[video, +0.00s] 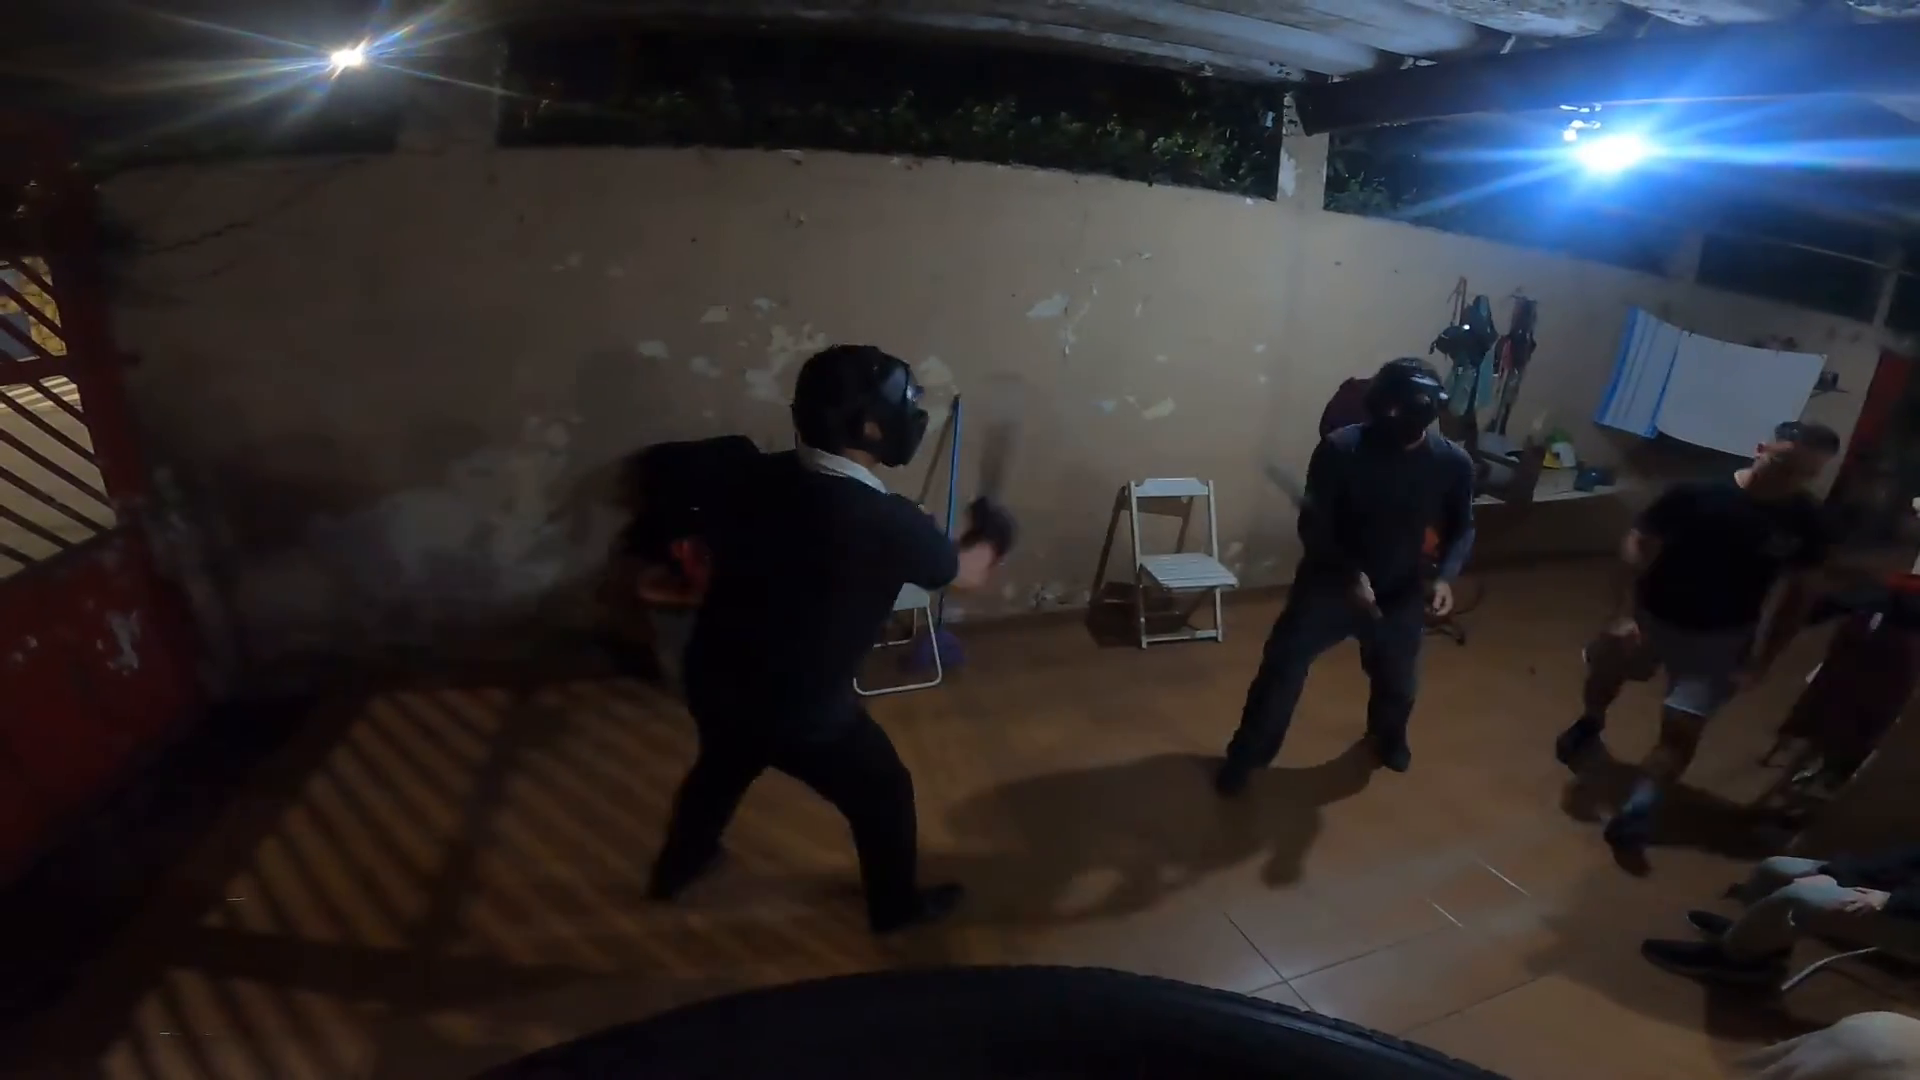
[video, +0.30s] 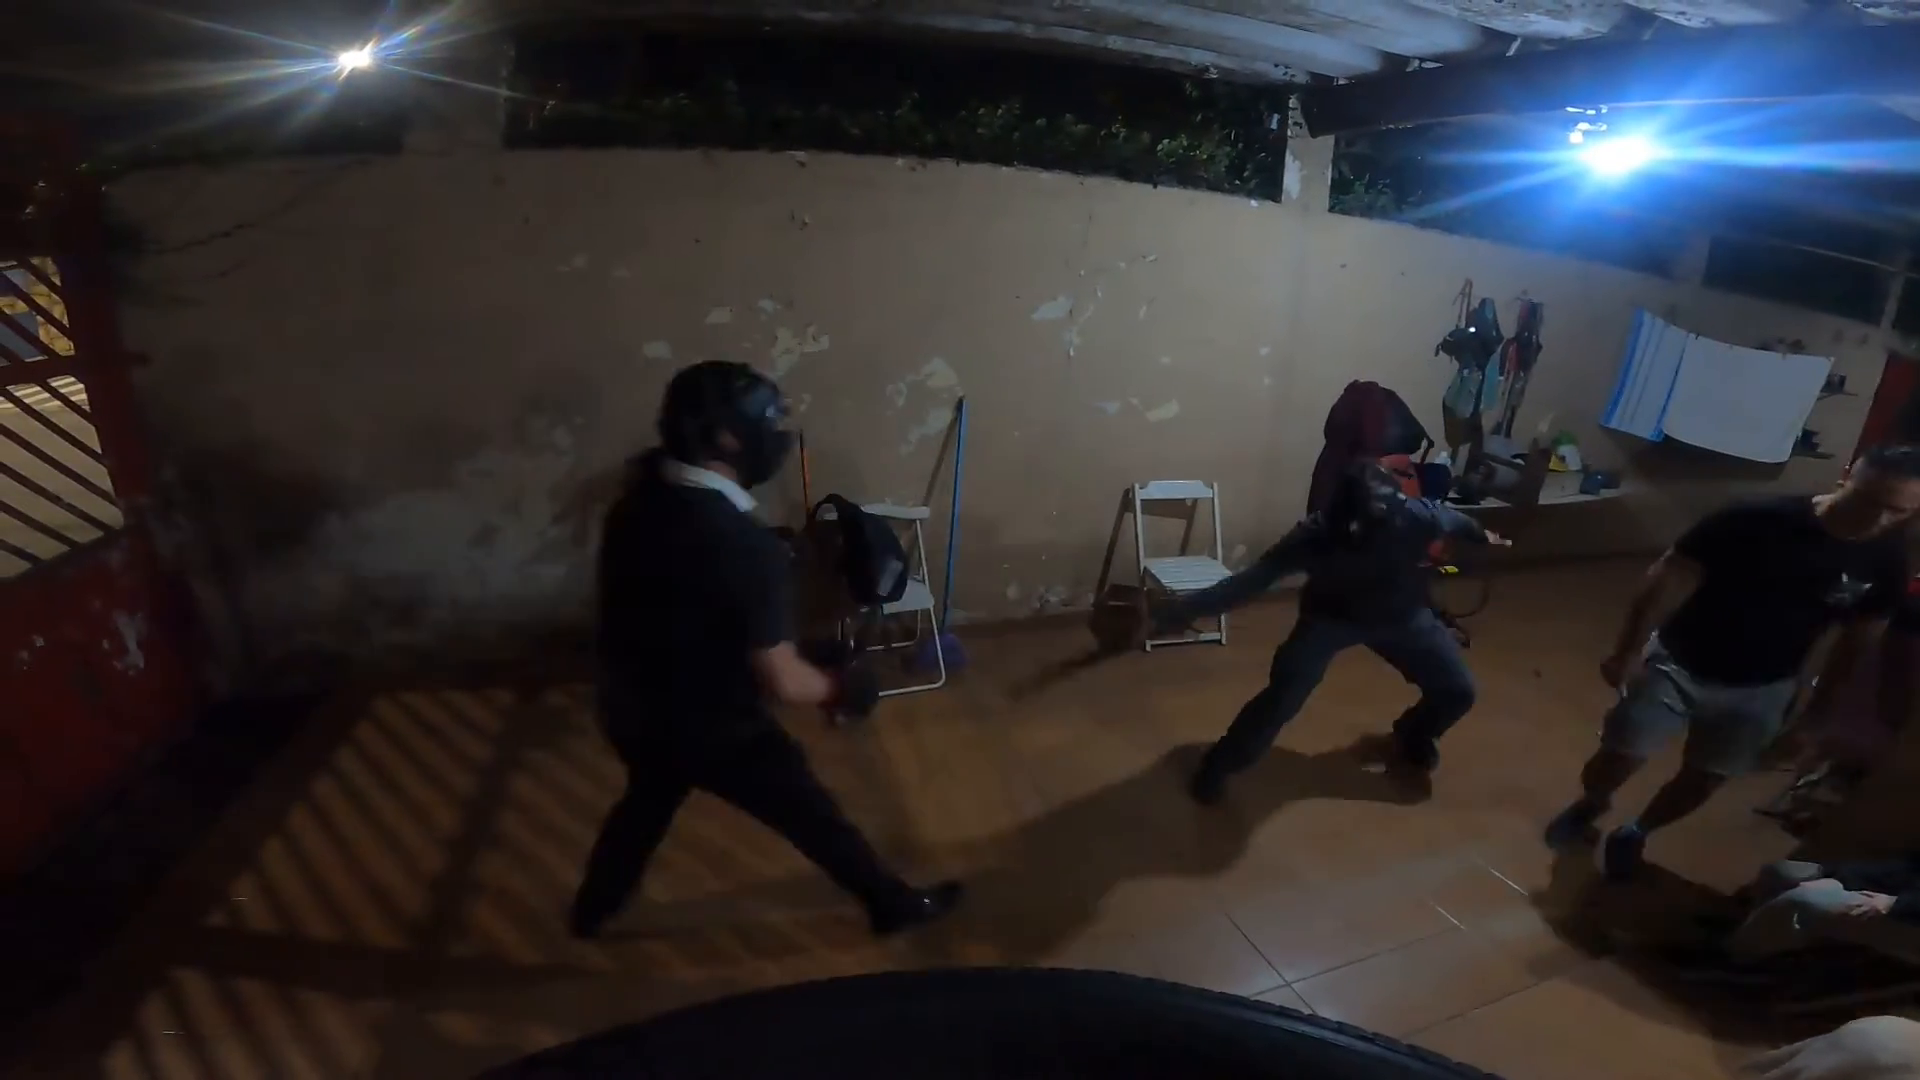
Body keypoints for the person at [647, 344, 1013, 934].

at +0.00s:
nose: (913, 415)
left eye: (909, 402)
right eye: (901, 405)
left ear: (807, 417)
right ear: (868, 429)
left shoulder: (755, 479)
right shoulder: (890, 522)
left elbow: (645, 474)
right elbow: (962, 570)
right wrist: (990, 539)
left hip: (717, 685)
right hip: (808, 711)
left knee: (723, 765)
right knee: (883, 792)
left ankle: (675, 866)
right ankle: (894, 905)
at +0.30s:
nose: (782, 435)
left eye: (778, 419)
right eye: (768, 423)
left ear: (682, 430)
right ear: (728, 440)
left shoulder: (640, 498)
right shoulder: (745, 543)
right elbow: (782, 675)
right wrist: (840, 687)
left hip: (637, 706)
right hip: (717, 723)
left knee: (648, 800)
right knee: (809, 814)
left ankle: (593, 906)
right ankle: (889, 900)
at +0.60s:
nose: (691, 406)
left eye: (688, 392)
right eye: (677, 392)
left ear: (620, 400)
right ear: (632, 400)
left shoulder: (557, 453)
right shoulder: (602, 471)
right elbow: (551, 600)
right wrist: (636, 638)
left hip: (484, 652)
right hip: (535, 660)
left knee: (527, 775)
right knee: (618, 783)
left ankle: (525, 888)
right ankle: (607, 905)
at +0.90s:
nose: (542, 409)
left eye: (537, 395)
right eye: (521, 400)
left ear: (469, 428)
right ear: (466, 426)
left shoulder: (489, 492)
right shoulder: (439, 515)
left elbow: (510, 610)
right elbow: (475, 651)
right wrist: (577, 686)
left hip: (467, 686)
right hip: (450, 700)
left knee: (431, 782)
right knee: (583, 792)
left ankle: (387, 876)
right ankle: (603, 912)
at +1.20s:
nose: (484, 412)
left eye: (478, 400)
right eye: (462, 405)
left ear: (411, 433)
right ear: (407, 432)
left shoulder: (456, 493)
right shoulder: (375, 527)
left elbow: (517, 557)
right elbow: (444, 654)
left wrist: (559, 550)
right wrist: (547, 669)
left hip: (470, 680)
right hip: (424, 699)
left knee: (454, 773)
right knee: (587, 776)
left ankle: (393, 876)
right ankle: (628, 882)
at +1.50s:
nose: (534, 415)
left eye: (527, 403)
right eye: (513, 408)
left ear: (464, 433)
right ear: (463, 433)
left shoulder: (490, 486)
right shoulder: (445, 522)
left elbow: (523, 543)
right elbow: (548, 609)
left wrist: (563, 556)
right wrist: (654, 616)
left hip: (493, 674)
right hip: (455, 693)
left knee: (495, 758)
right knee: (601, 776)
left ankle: (418, 852)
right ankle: (632, 882)